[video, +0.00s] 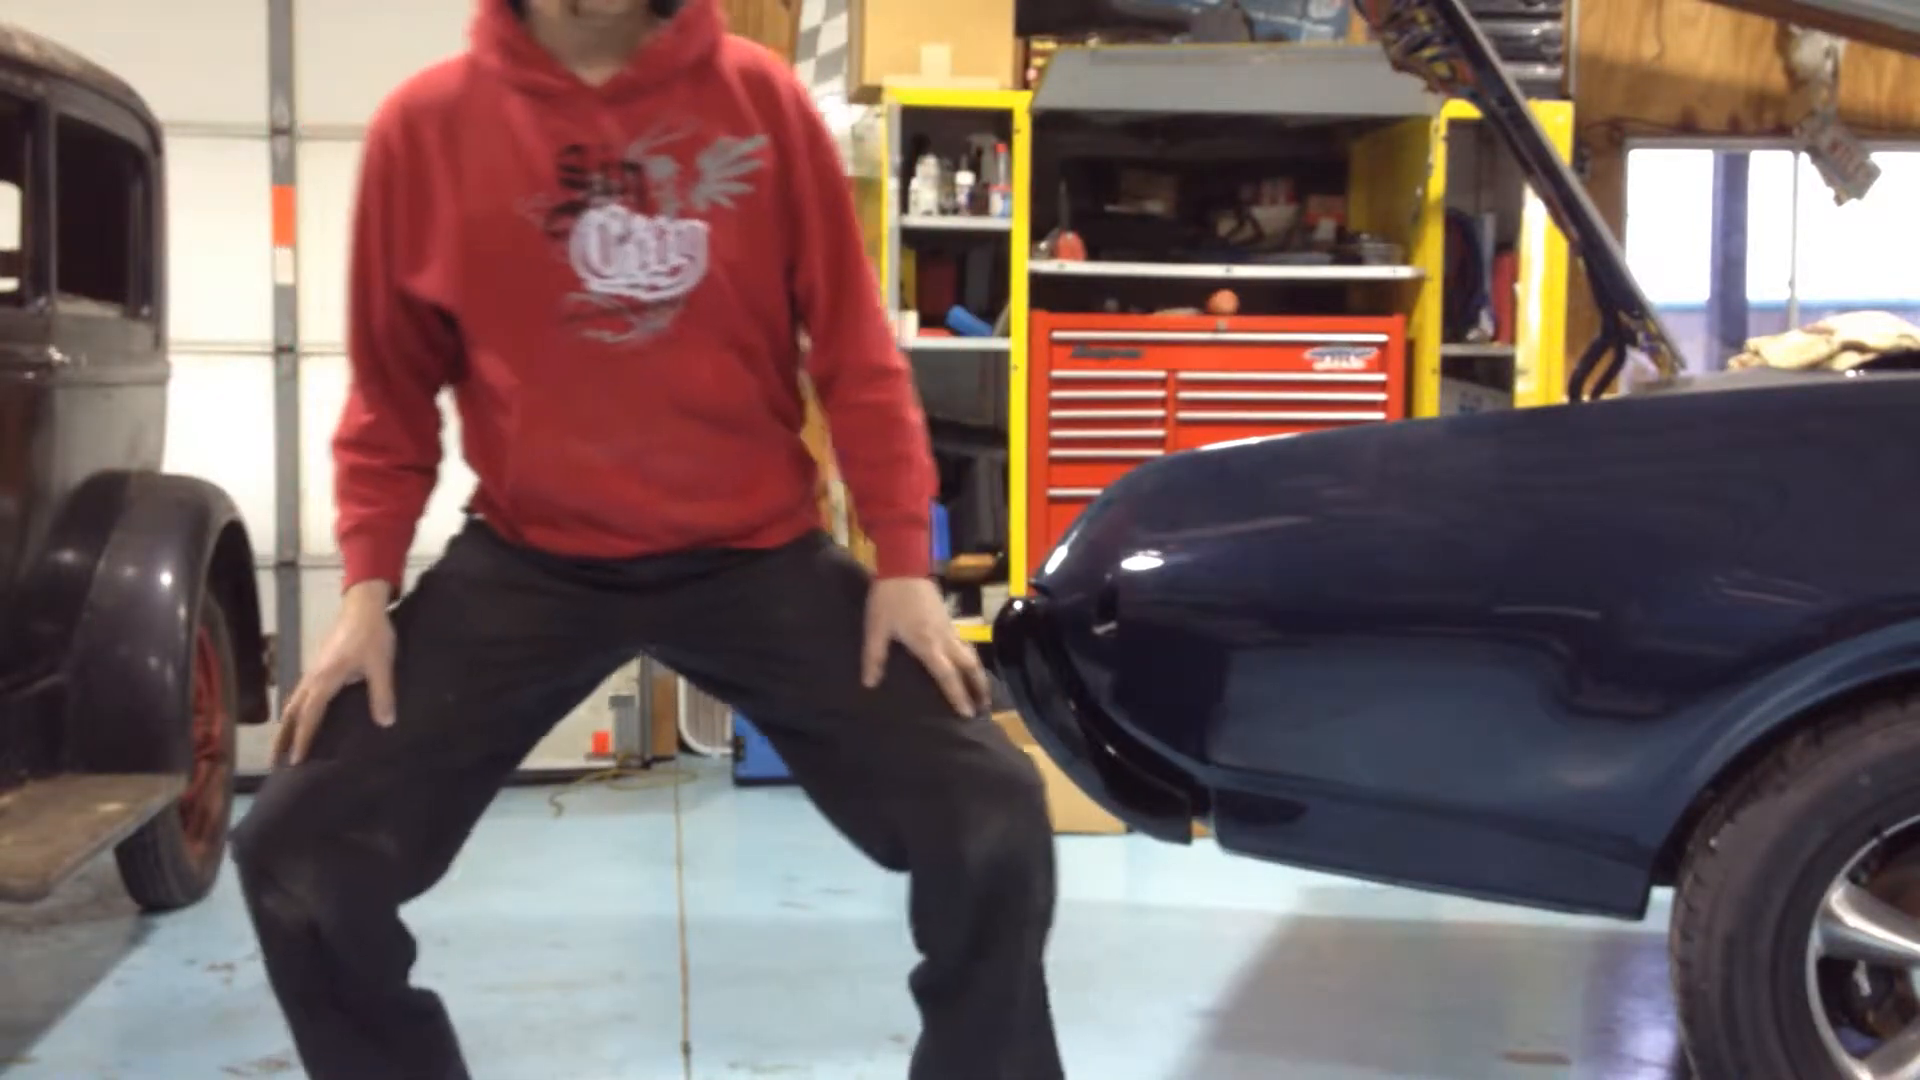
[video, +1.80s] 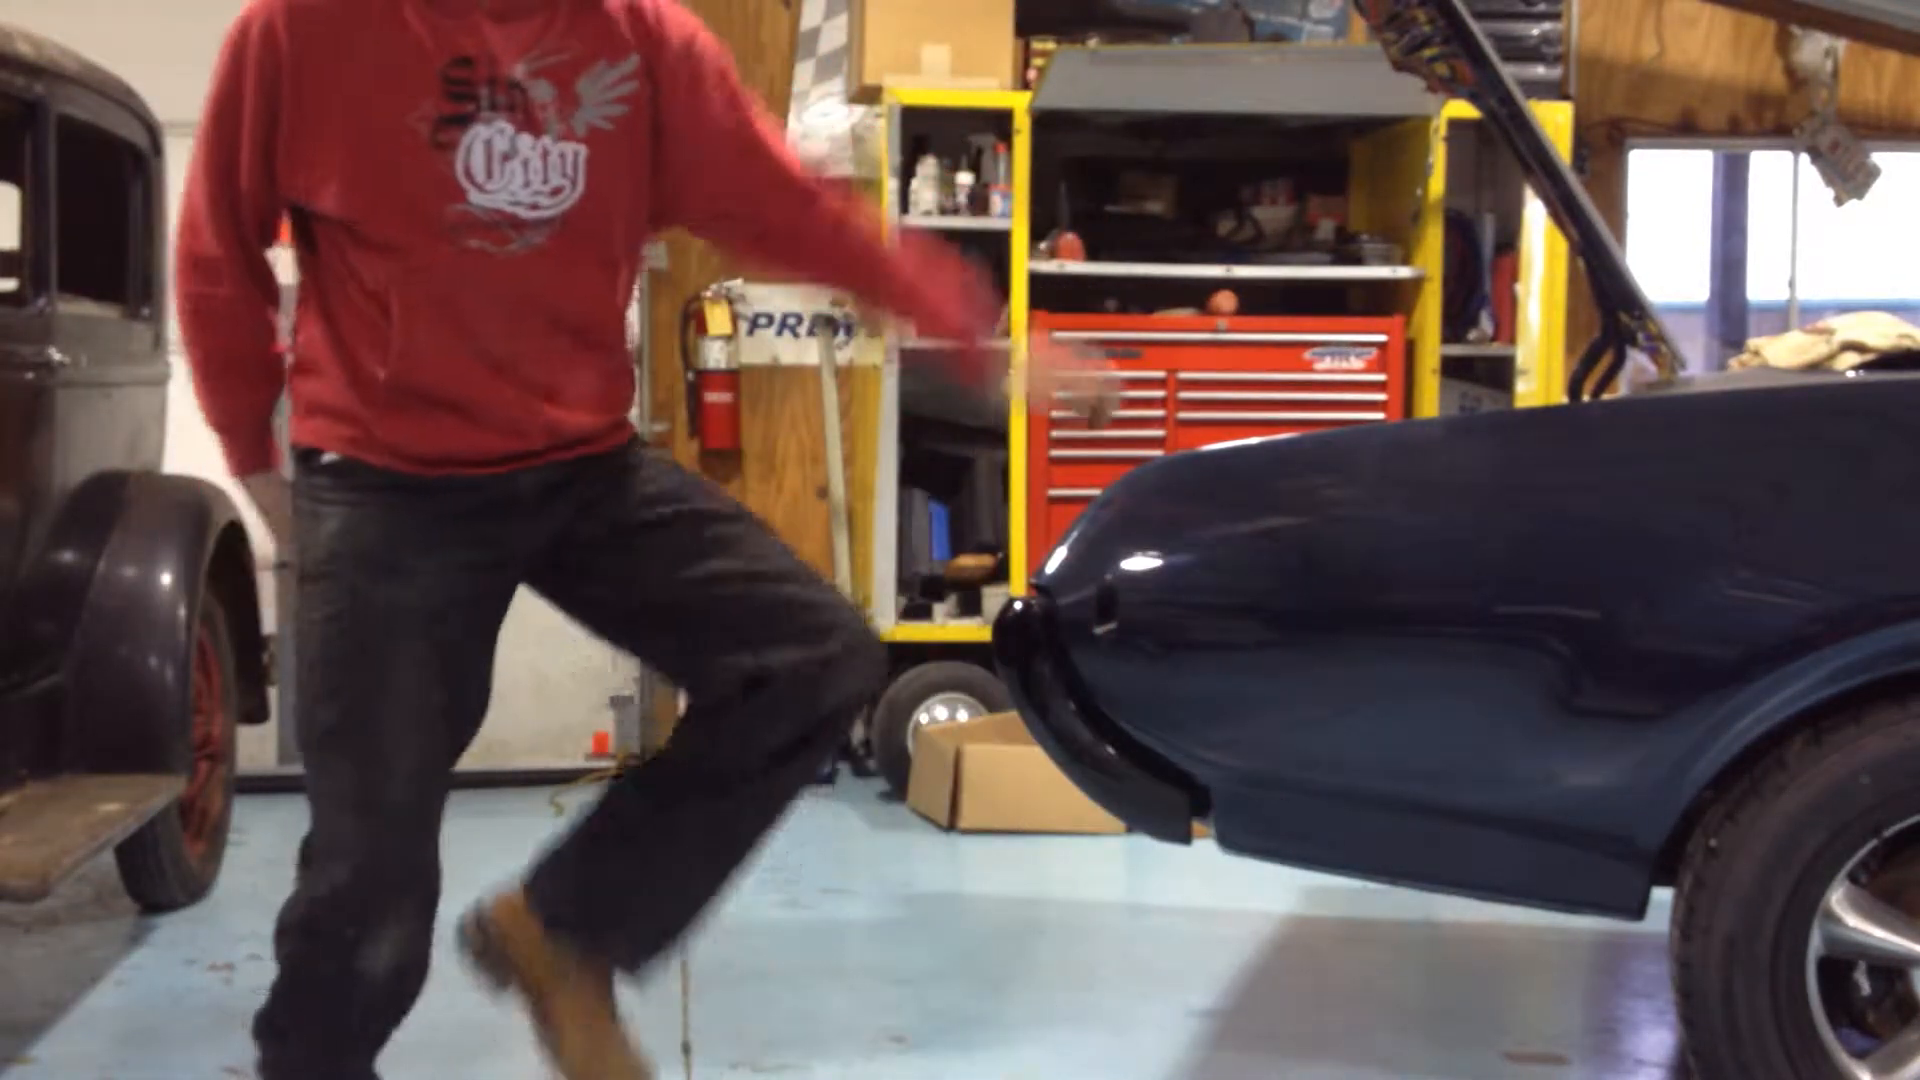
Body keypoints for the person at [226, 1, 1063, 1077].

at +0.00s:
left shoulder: (760, 103)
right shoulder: (427, 126)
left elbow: (854, 342)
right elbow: (390, 382)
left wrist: (905, 563)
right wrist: (366, 586)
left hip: (756, 561)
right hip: (528, 562)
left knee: (991, 821)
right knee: (302, 846)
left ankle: (979, 1071)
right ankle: (406, 1073)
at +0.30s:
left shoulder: (920, 128)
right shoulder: (587, 123)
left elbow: (982, 375)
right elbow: (524, 370)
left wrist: (1004, 588)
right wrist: (474, 570)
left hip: (859, 579)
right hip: (634, 566)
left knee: (1068, 847)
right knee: (366, 816)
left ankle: (996, 1073)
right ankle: (395, 1072)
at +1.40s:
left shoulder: (760, 87)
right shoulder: (426, 65)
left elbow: (844, 320)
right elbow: (349, 302)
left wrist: (877, 541)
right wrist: (346, 532)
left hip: (705, 525)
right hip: (484, 535)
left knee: (931, 793)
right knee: (345, 895)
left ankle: (989, 1067)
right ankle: (418, 1070)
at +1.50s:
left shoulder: (713, 55)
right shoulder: (375, 41)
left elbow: (845, 254)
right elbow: (265, 272)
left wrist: (924, 465)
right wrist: (260, 497)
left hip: (651, 500)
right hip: (433, 513)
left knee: (876, 780)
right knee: (351, 896)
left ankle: (893, 1067)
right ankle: (413, 1073)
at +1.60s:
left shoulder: (687, 36)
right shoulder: (342, 25)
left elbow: (837, 193)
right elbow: (258, 259)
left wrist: (1008, 354)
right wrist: (215, 489)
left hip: (607, 484)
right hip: (404, 487)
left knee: (789, 762)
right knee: (380, 905)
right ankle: (351, 1029)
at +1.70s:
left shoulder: (663, 32)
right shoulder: (316, 28)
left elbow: (825, 149)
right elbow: (240, 254)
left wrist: (1026, 267)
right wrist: (235, 485)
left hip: (586, 473)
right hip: (383, 479)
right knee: (375, 880)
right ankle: (295, 1059)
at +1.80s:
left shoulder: (649, 39)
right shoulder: (300, 28)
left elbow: (778, 202)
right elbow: (215, 246)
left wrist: (961, 310)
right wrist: (261, 452)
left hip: (584, 463)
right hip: (383, 480)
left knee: (815, 658)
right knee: (374, 861)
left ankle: (564, 925)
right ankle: (309, 1064)